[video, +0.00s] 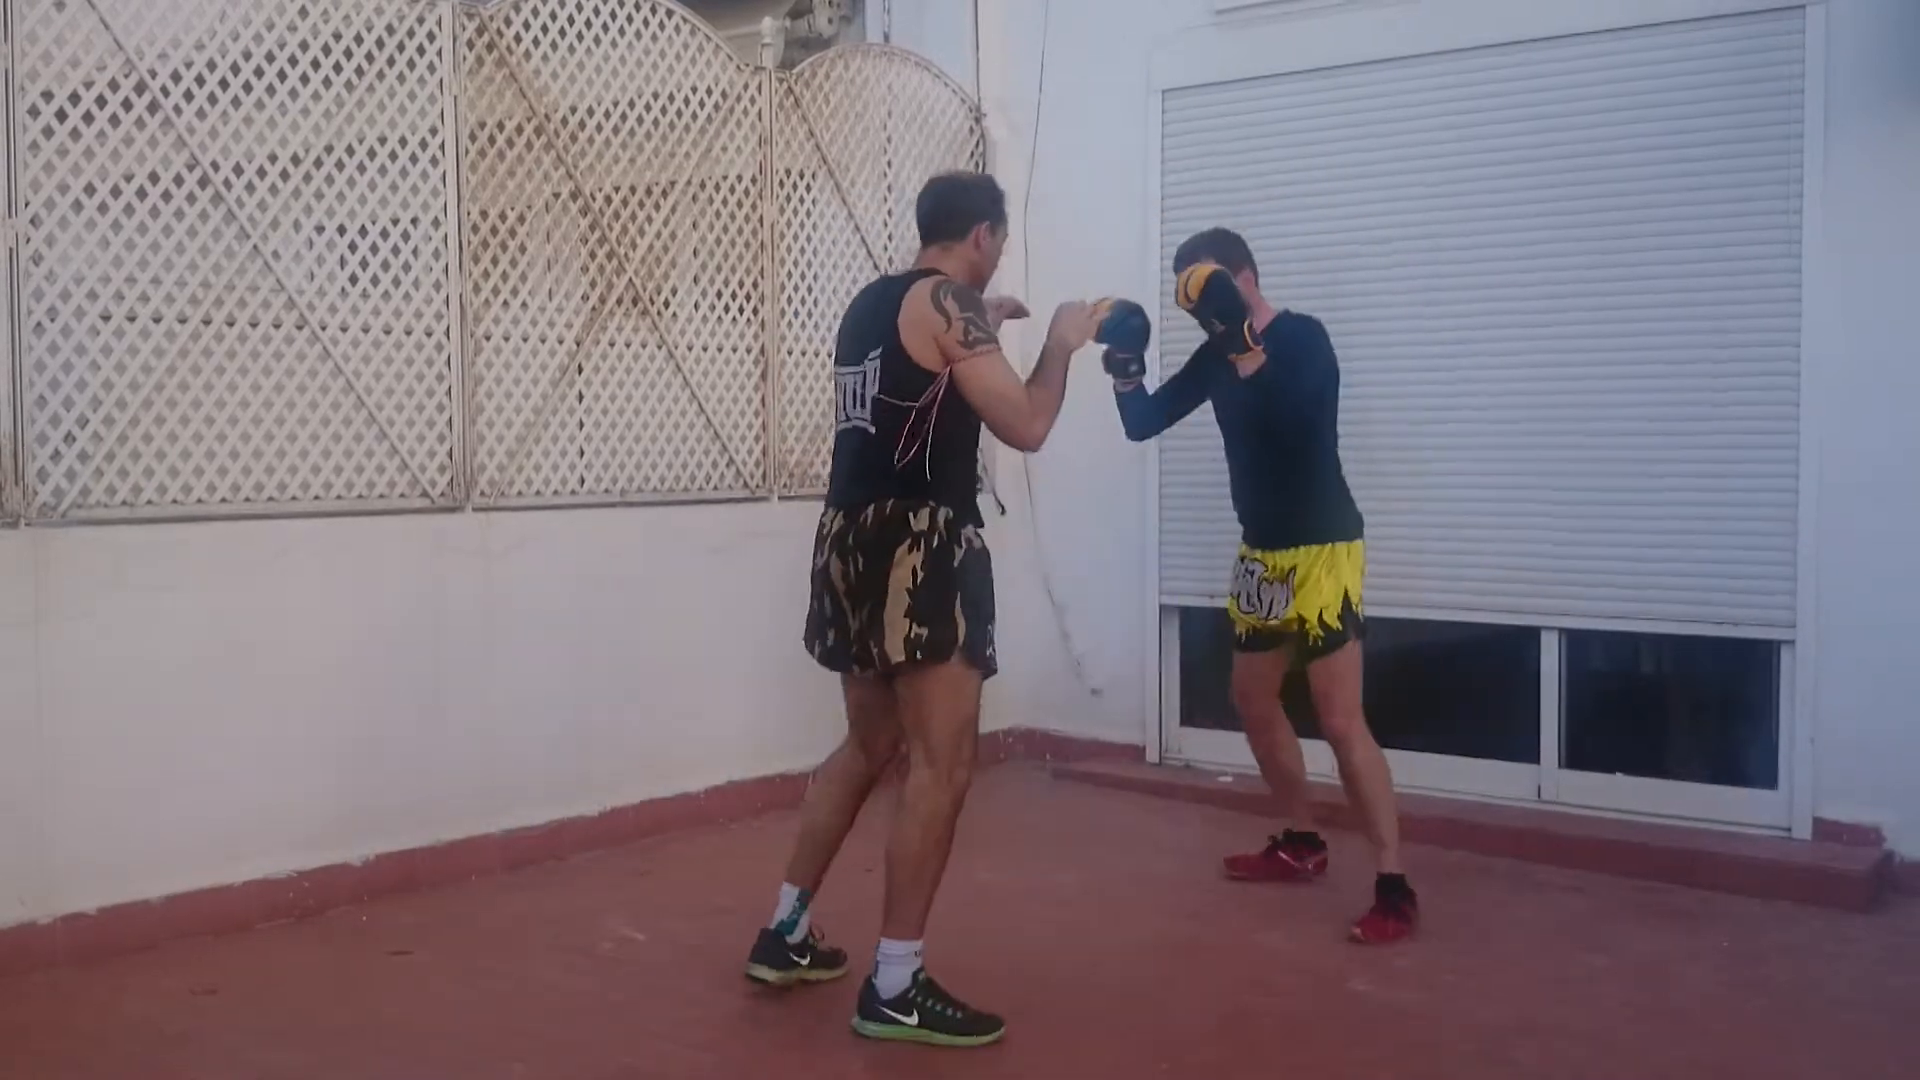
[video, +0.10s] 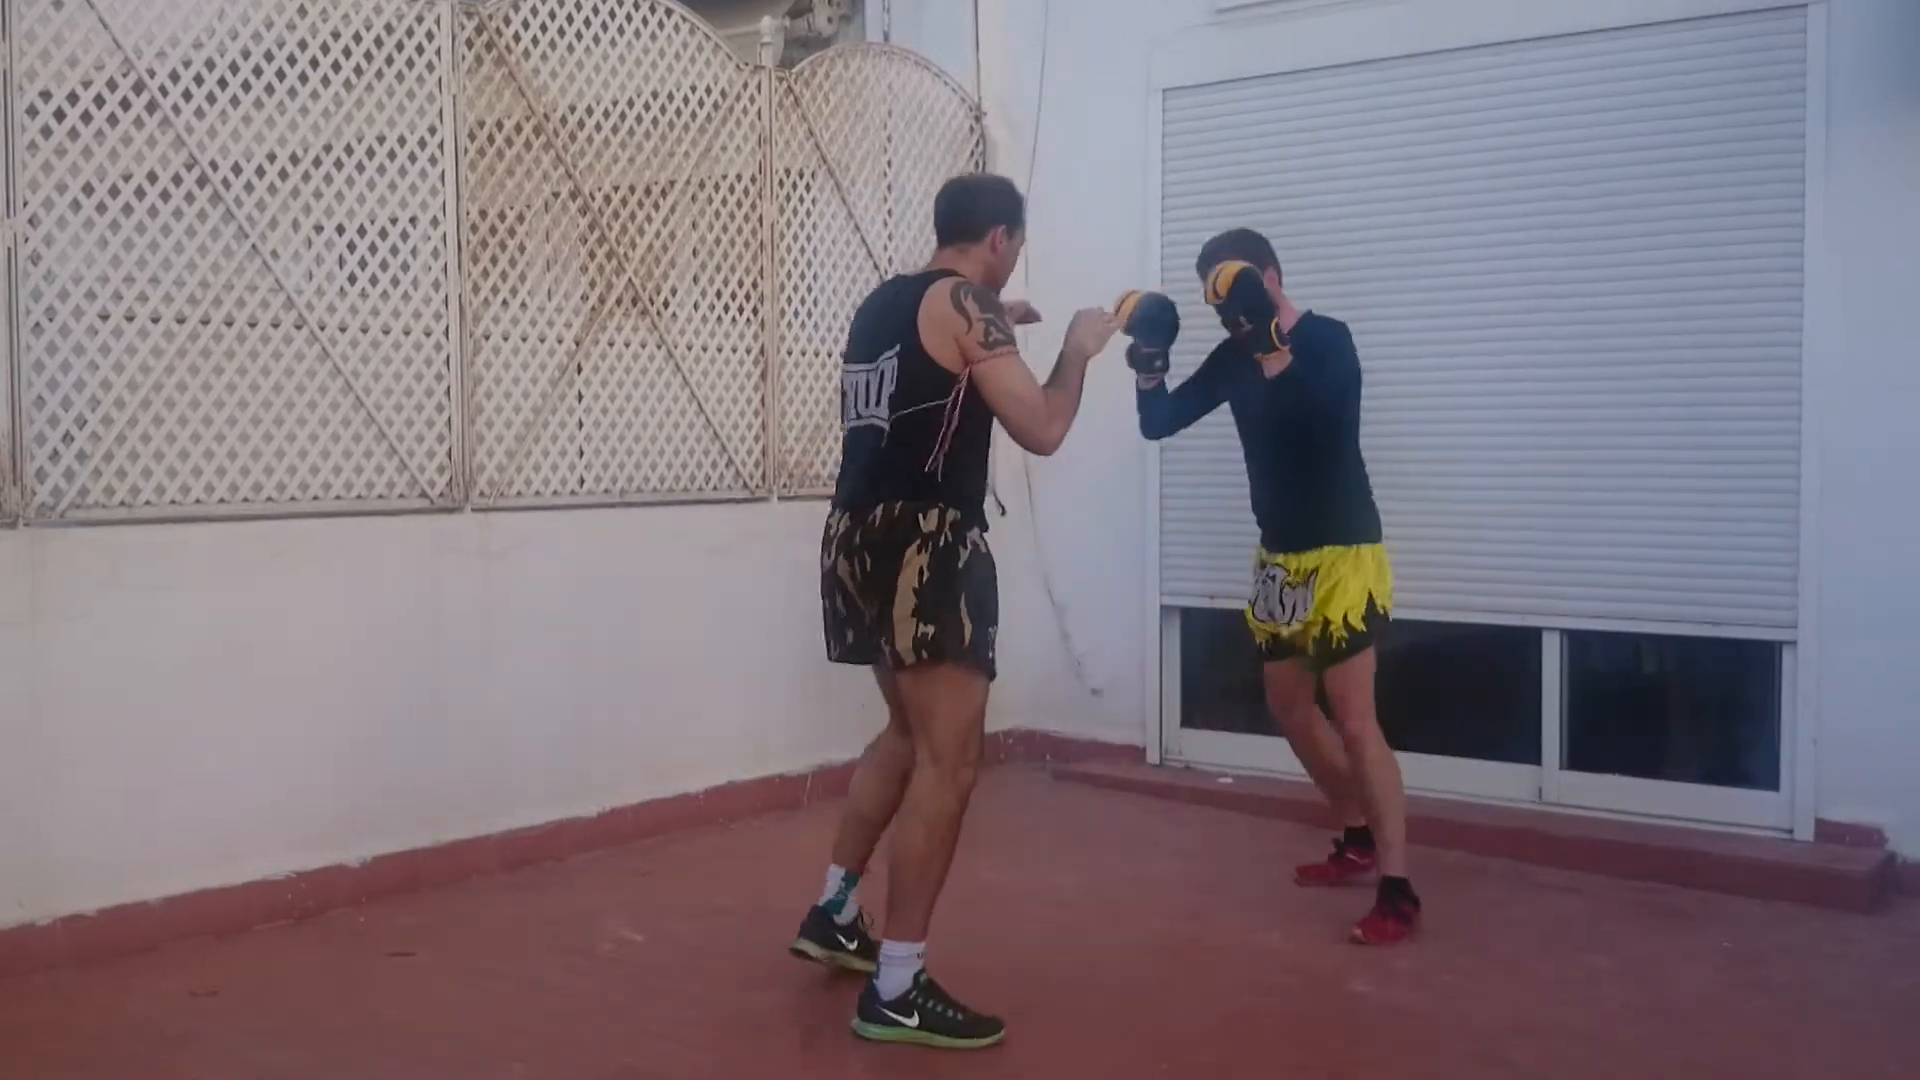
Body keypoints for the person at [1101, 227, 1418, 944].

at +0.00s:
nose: (1209, 302)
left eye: (1217, 286)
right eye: (1198, 294)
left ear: (1251, 276)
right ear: (1197, 301)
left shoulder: (1301, 334)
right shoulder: (1212, 359)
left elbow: (1301, 416)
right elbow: (1141, 423)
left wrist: (1247, 345)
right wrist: (1124, 366)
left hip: (1325, 548)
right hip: (1261, 551)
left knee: (1341, 720)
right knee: (1253, 700)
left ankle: (1392, 883)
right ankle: (1301, 841)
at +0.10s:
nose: (1227, 304)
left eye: (1234, 289)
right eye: (1216, 296)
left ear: (1270, 278)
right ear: (1213, 302)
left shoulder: (1327, 337)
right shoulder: (1231, 359)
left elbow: (1330, 411)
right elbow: (1157, 423)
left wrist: (1273, 346)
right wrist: (1148, 362)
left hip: (1344, 550)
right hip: (1280, 554)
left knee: (1355, 721)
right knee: (1291, 710)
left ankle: (1397, 885)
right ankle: (1360, 834)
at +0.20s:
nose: (1244, 311)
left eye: (1252, 295)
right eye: (1232, 301)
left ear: (1288, 282)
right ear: (1226, 303)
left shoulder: (1343, 346)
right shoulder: (1233, 362)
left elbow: (1349, 436)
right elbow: (1155, 424)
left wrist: (1303, 358)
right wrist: (1158, 359)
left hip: (1358, 550)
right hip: (1296, 559)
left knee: (1369, 720)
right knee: (1328, 723)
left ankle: (1405, 880)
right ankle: (1371, 851)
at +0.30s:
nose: (1267, 309)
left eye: (1276, 294)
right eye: (1254, 302)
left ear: (1309, 279)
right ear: (1246, 303)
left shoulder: (1359, 343)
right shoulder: (1251, 354)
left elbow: (1359, 424)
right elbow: (1171, 420)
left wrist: (1308, 356)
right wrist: (1170, 362)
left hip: (1371, 549)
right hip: (1295, 555)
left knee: (1391, 714)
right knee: (1272, 710)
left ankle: (1452, 857)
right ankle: (1352, 824)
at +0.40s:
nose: (1273, 315)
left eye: (1282, 300)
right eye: (1263, 306)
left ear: (1321, 297)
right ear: (1262, 315)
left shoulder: (1367, 366)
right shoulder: (1269, 374)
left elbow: (1362, 441)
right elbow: (1197, 442)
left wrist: (1304, 390)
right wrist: (1188, 386)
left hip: (1373, 575)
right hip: (1291, 571)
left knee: (1411, 740)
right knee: (1212, 700)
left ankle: (1467, 862)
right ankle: (1289, 818)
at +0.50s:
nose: (1263, 312)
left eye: (1272, 297)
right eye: (1255, 302)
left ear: (1312, 297)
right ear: (1250, 310)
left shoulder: (1350, 367)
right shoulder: (1255, 372)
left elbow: (1350, 439)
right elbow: (1187, 425)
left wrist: (1285, 366)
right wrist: (1177, 361)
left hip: (1355, 576)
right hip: (1273, 571)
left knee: (1404, 739)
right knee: (1191, 701)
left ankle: (1467, 859)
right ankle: (1226, 864)